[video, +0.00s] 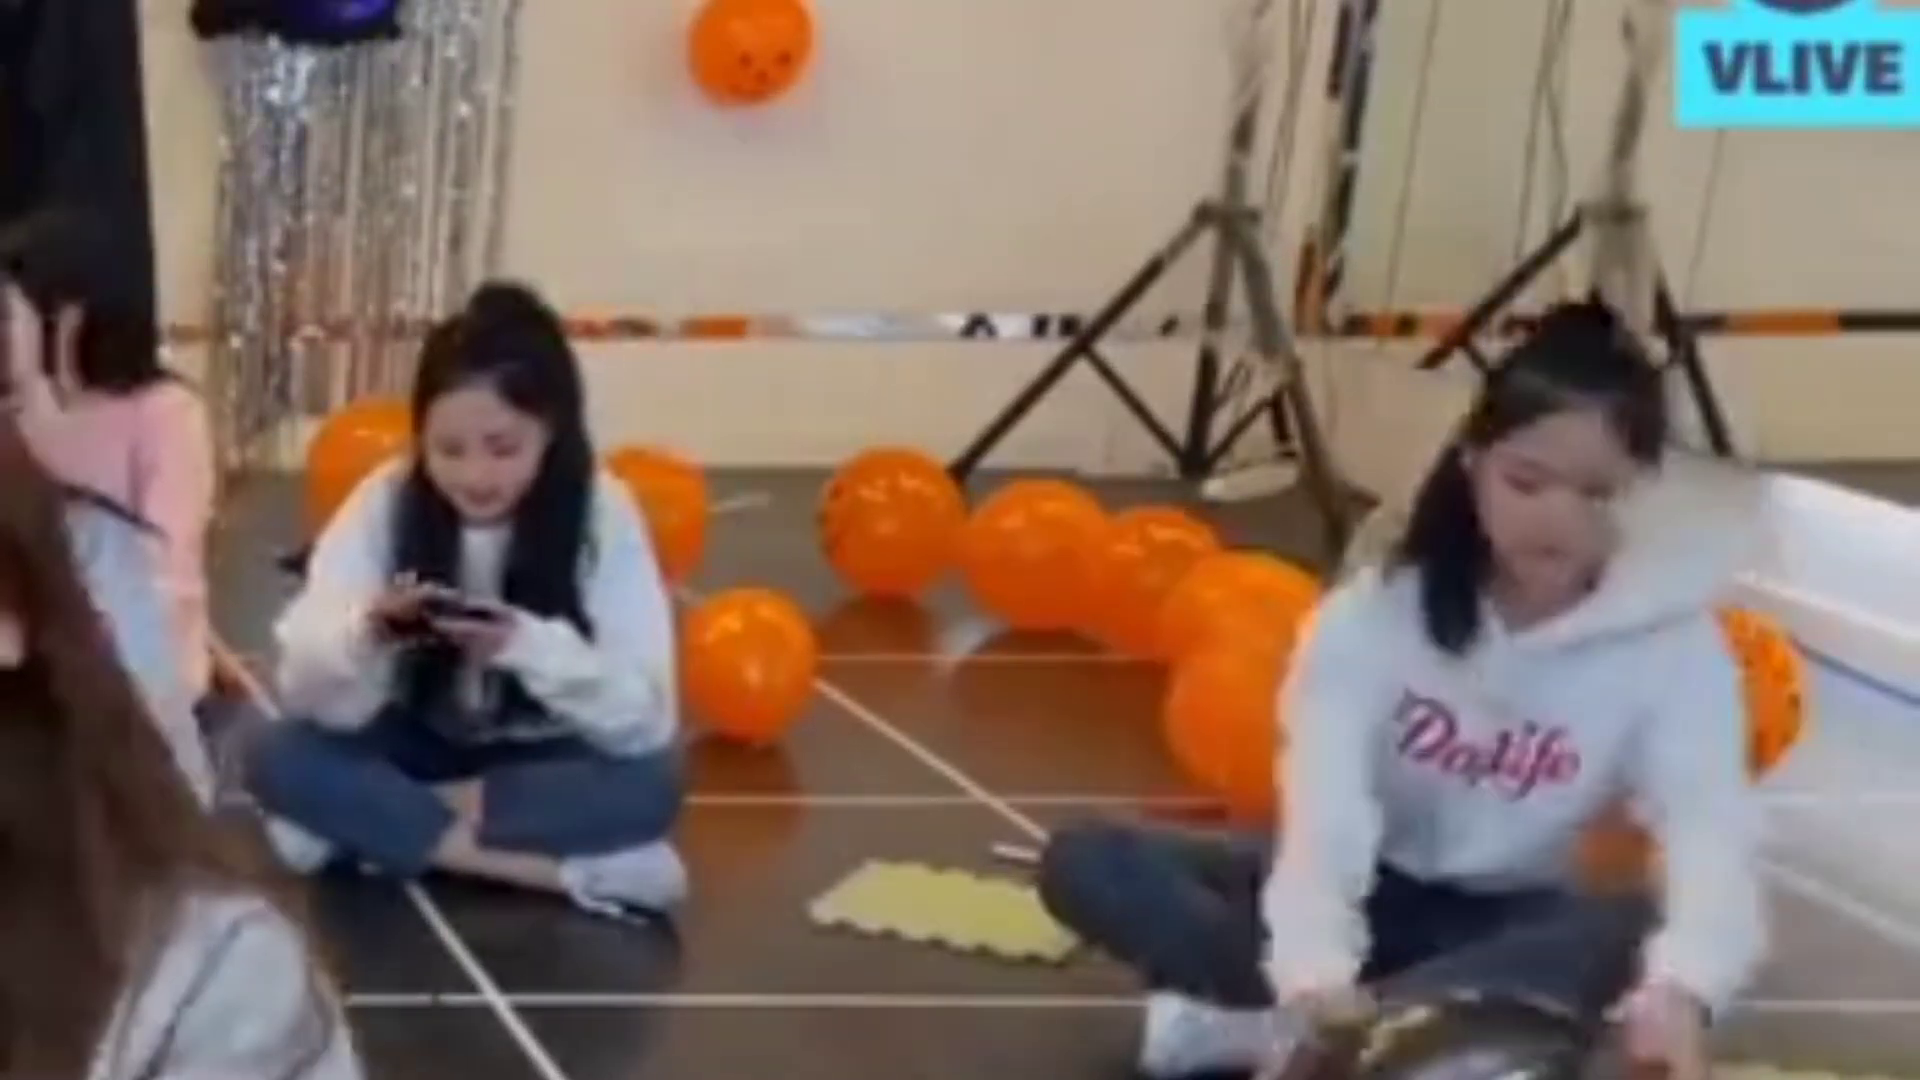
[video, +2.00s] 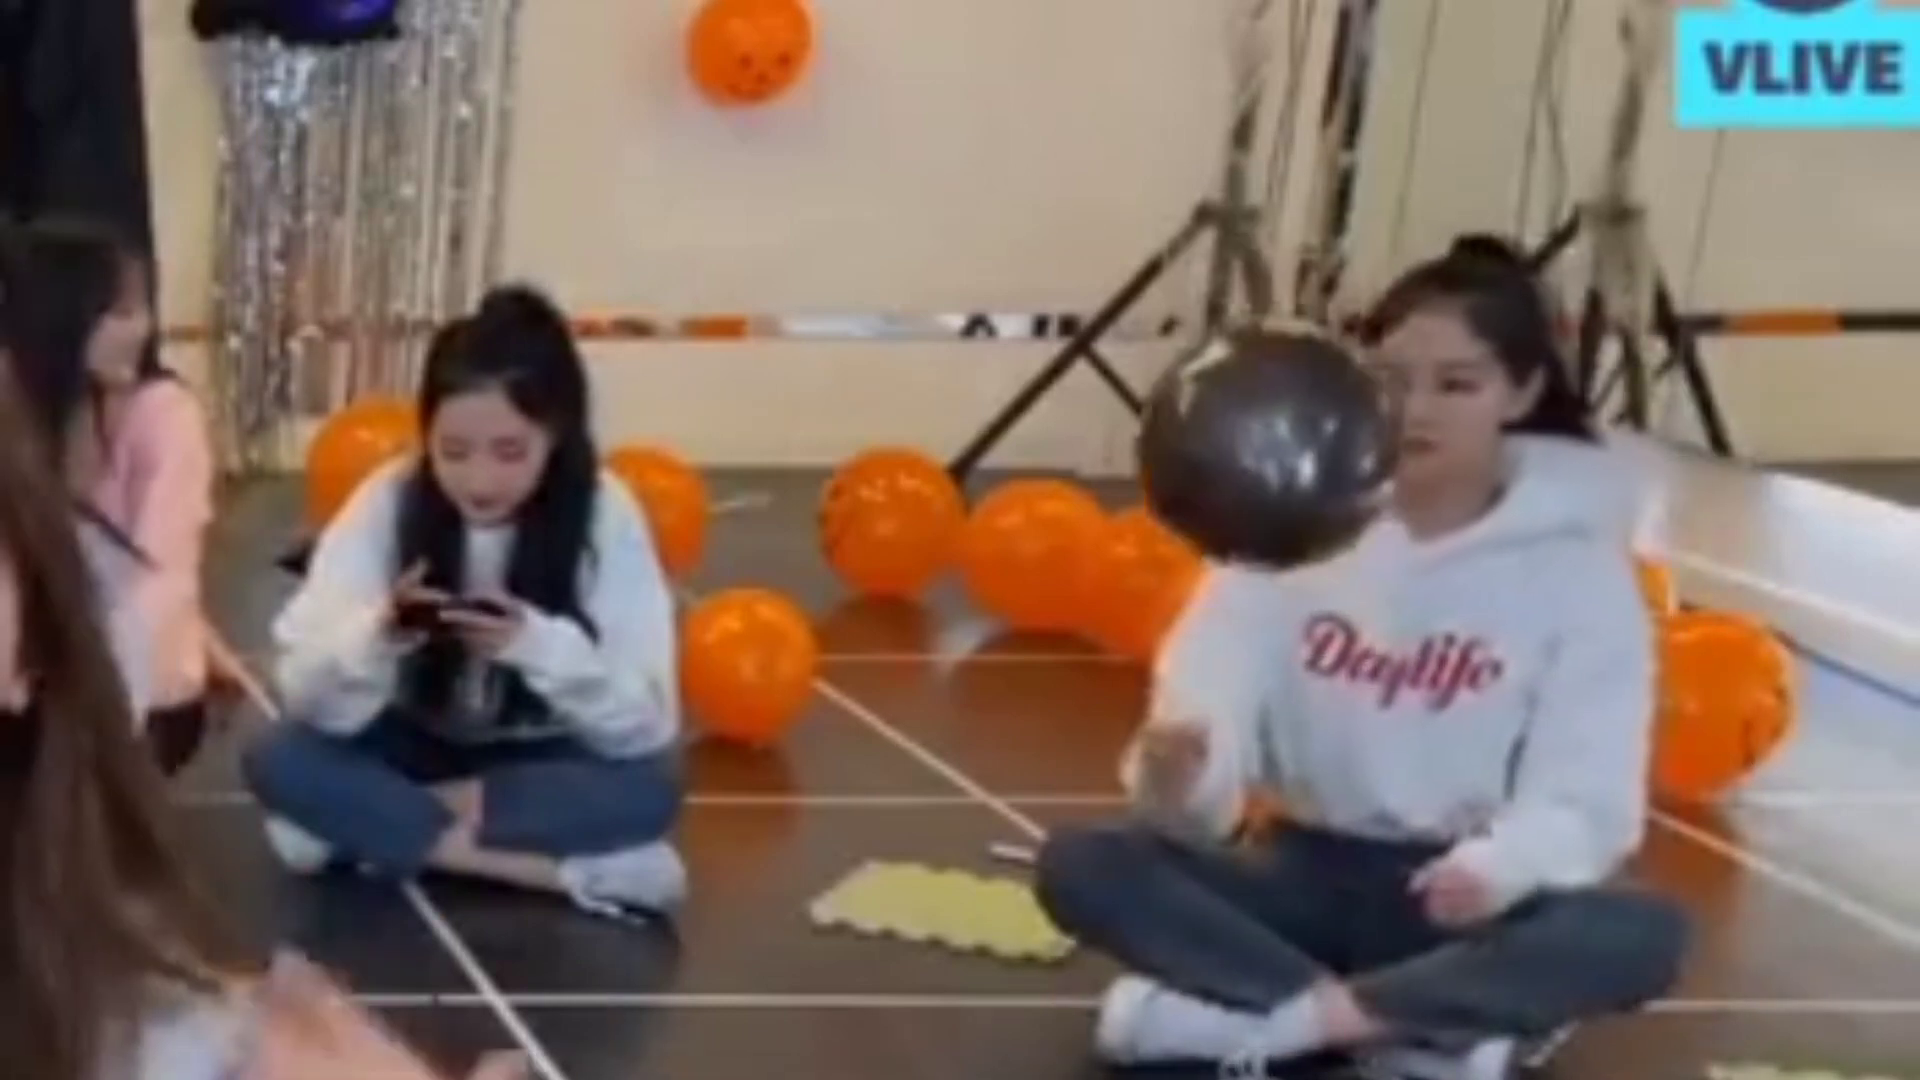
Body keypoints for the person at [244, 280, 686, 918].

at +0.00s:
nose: (476, 478)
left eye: (503, 450)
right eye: (450, 451)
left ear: (553, 437)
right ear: (419, 439)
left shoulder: (601, 515)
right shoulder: (384, 503)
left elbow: (644, 718)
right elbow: (307, 696)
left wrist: (523, 646)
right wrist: (373, 635)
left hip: (545, 745)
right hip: (411, 737)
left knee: (650, 787)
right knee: (277, 756)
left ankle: (365, 837)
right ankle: (552, 877)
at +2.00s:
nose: (479, 482)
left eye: (510, 455)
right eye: (454, 454)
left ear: (558, 441)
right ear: (424, 437)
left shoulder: (603, 515)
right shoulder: (388, 501)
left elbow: (645, 724)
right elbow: (308, 700)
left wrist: (533, 645)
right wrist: (383, 634)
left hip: (545, 745)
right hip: (410, 736)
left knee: (647, 792)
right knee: (276, 759)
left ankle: (366, 838)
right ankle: (548, 877)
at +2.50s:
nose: (479, 483)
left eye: (510, 455)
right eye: (454, 454)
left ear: (558, 440)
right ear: (425, 438)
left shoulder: (603, 515)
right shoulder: (388, 501)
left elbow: (645, 724)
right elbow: (308, 699)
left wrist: (531, 644)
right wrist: (383, 638)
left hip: (545, 743)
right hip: (409, 735)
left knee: (648, 791)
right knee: (275, 757)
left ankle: (367, 837)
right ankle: (550, 877)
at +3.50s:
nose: (481, 483)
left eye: (512, 457)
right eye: (456, 455)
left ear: (559, 442)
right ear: (426, 438)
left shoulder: (603, 514)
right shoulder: (389, 502)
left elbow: (646, 724)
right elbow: (306, 699)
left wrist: (533, 644)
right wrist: (382, 637)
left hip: (544, 744)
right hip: (408, 736)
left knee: (649, 792)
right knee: (279, 758)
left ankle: (364, 838)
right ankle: (549, 877)